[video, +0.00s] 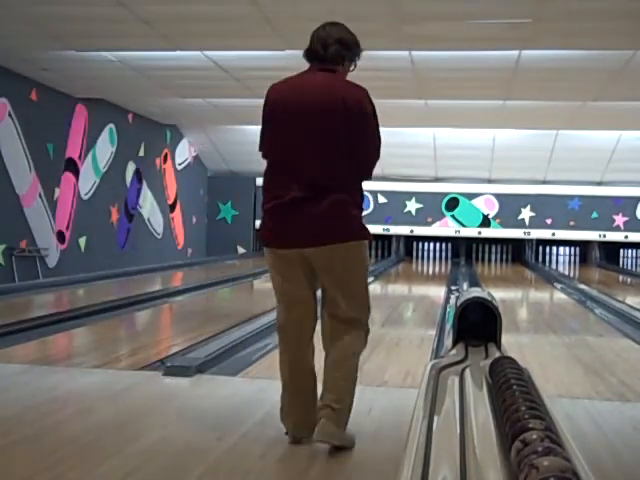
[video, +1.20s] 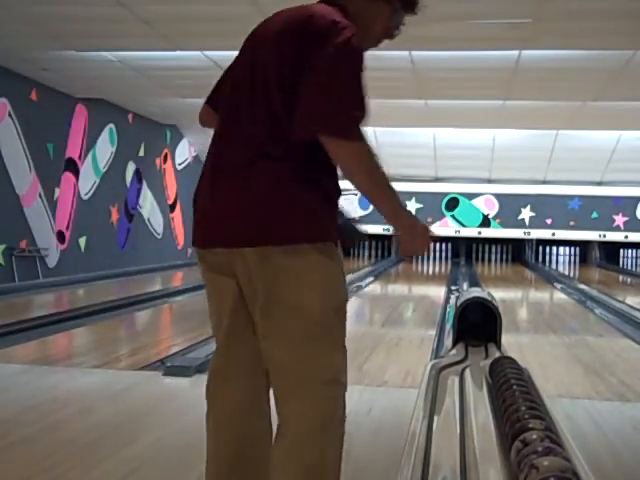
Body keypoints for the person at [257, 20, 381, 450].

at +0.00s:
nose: (354, 67)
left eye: (355, 61)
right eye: (354, 61)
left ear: (310, 53)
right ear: (346, 59)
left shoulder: (278, 92)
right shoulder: (354, 96)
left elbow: (267, 148)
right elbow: (369, 160)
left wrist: (309, 161)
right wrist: (335, 173)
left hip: (281, 230)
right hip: (337, 231)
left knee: (293, 325)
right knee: (347, 323)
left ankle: (298, 424)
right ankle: (332, 422)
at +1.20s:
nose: (393, 35)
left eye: (400, 24)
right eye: (398, 18)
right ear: (375, 2)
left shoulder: (274, 27)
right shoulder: (335, 34)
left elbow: (212, 111)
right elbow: (338, 133)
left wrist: (287, 146)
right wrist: (401, 217)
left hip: (218, 225)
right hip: (288, 229)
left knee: (236, 383)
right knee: (310, 393)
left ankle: (232, 475)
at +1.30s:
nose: (414, 38)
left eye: (421, 27)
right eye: (416, 21)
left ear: (376, 2)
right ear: (386, 6)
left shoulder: (287, 26)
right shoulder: (352, 44)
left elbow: (214, 101)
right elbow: (386, 169)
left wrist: (285, 143)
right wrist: (444, 258)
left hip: (214, 227)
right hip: (286, 233)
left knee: (233, 382)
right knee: (310, 396)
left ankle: (231, 475)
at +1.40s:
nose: (436, 65)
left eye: (444, 52)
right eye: (439, 45)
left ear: (391, 13)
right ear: (411, 21)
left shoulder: (307, 29)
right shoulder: (384, 65)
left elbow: (218, 94)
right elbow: (429, 197)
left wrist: (279, 147)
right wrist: (481, 299)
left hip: (209, 235)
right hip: (289, 243)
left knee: (224, 400)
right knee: (307, 410)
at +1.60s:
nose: (478, 123)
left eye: (488, 115)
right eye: (485, 110)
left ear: (442, 58)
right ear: (466, 75)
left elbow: (240, 77)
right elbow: (474, 248)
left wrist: (272, 165)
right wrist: (522, 371)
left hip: (192, 215)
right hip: (285, 235)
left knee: (208, 397)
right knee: (317, 417)